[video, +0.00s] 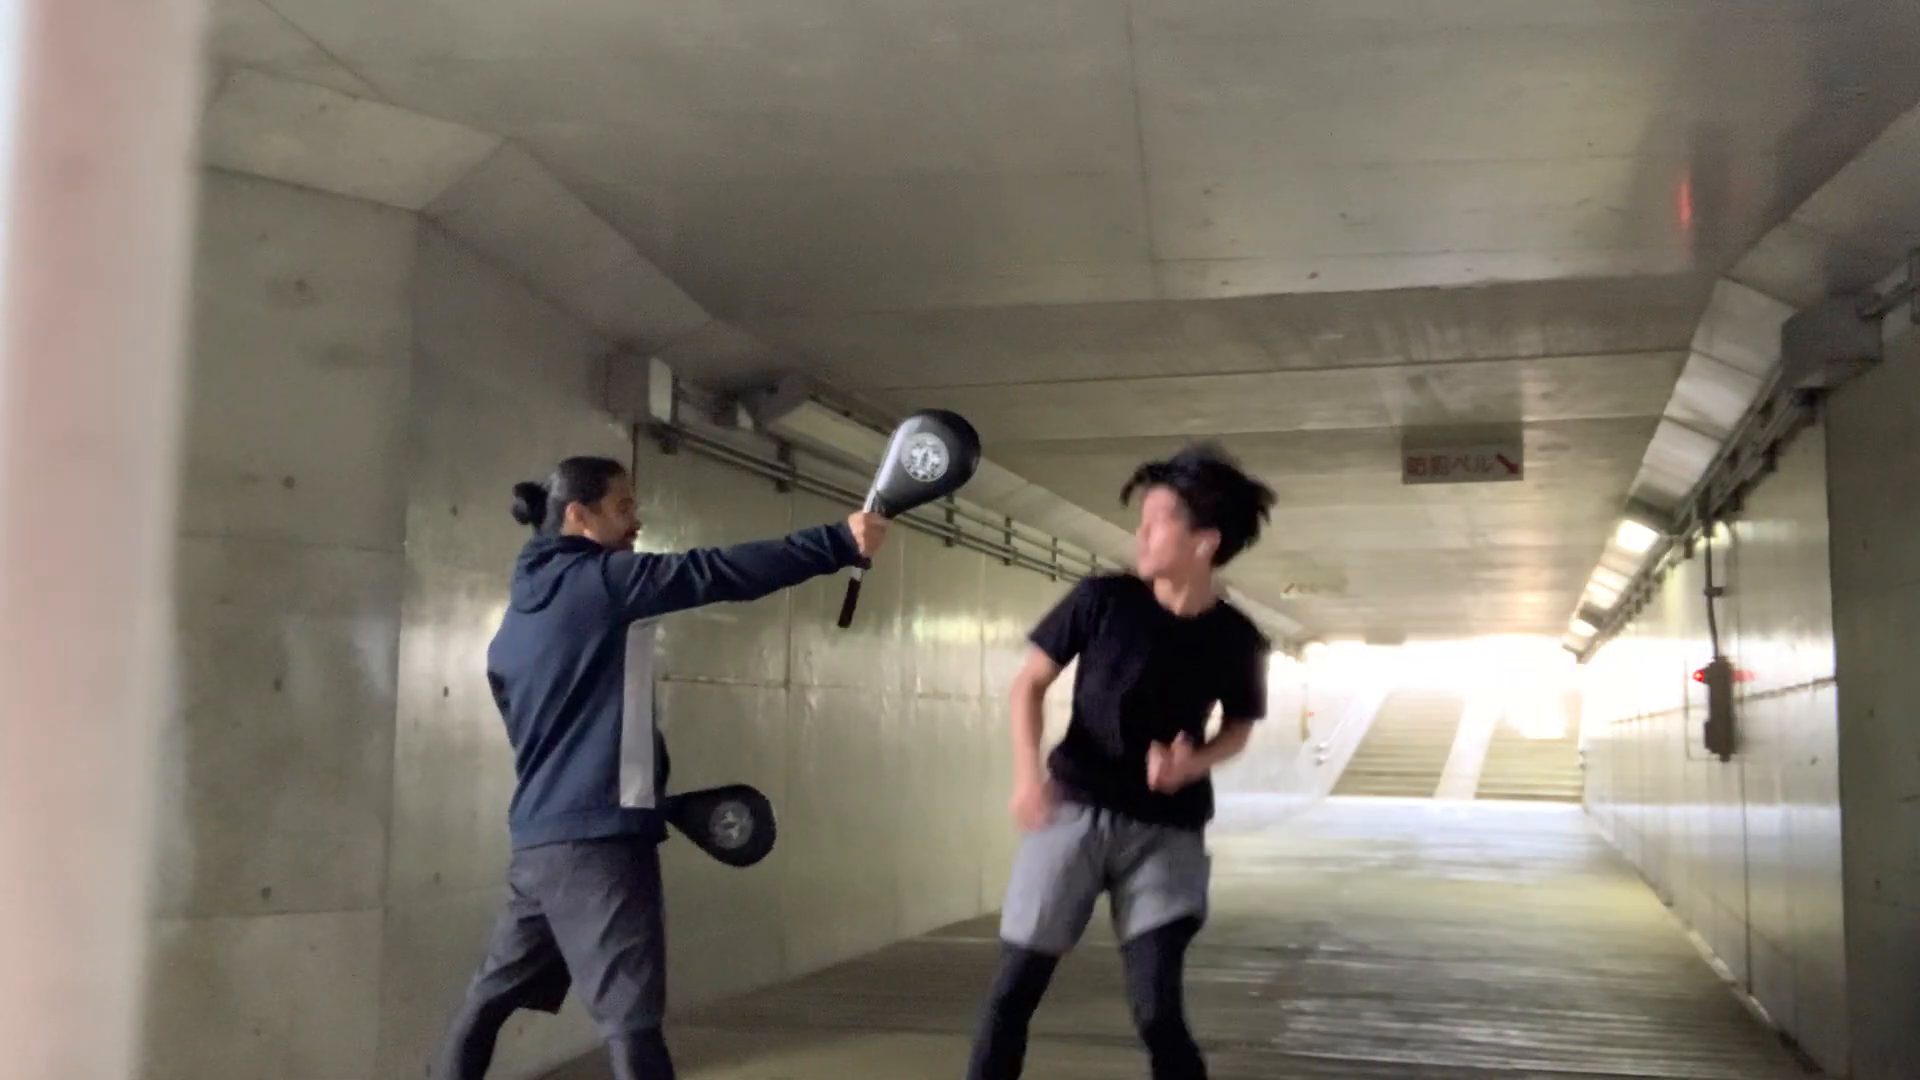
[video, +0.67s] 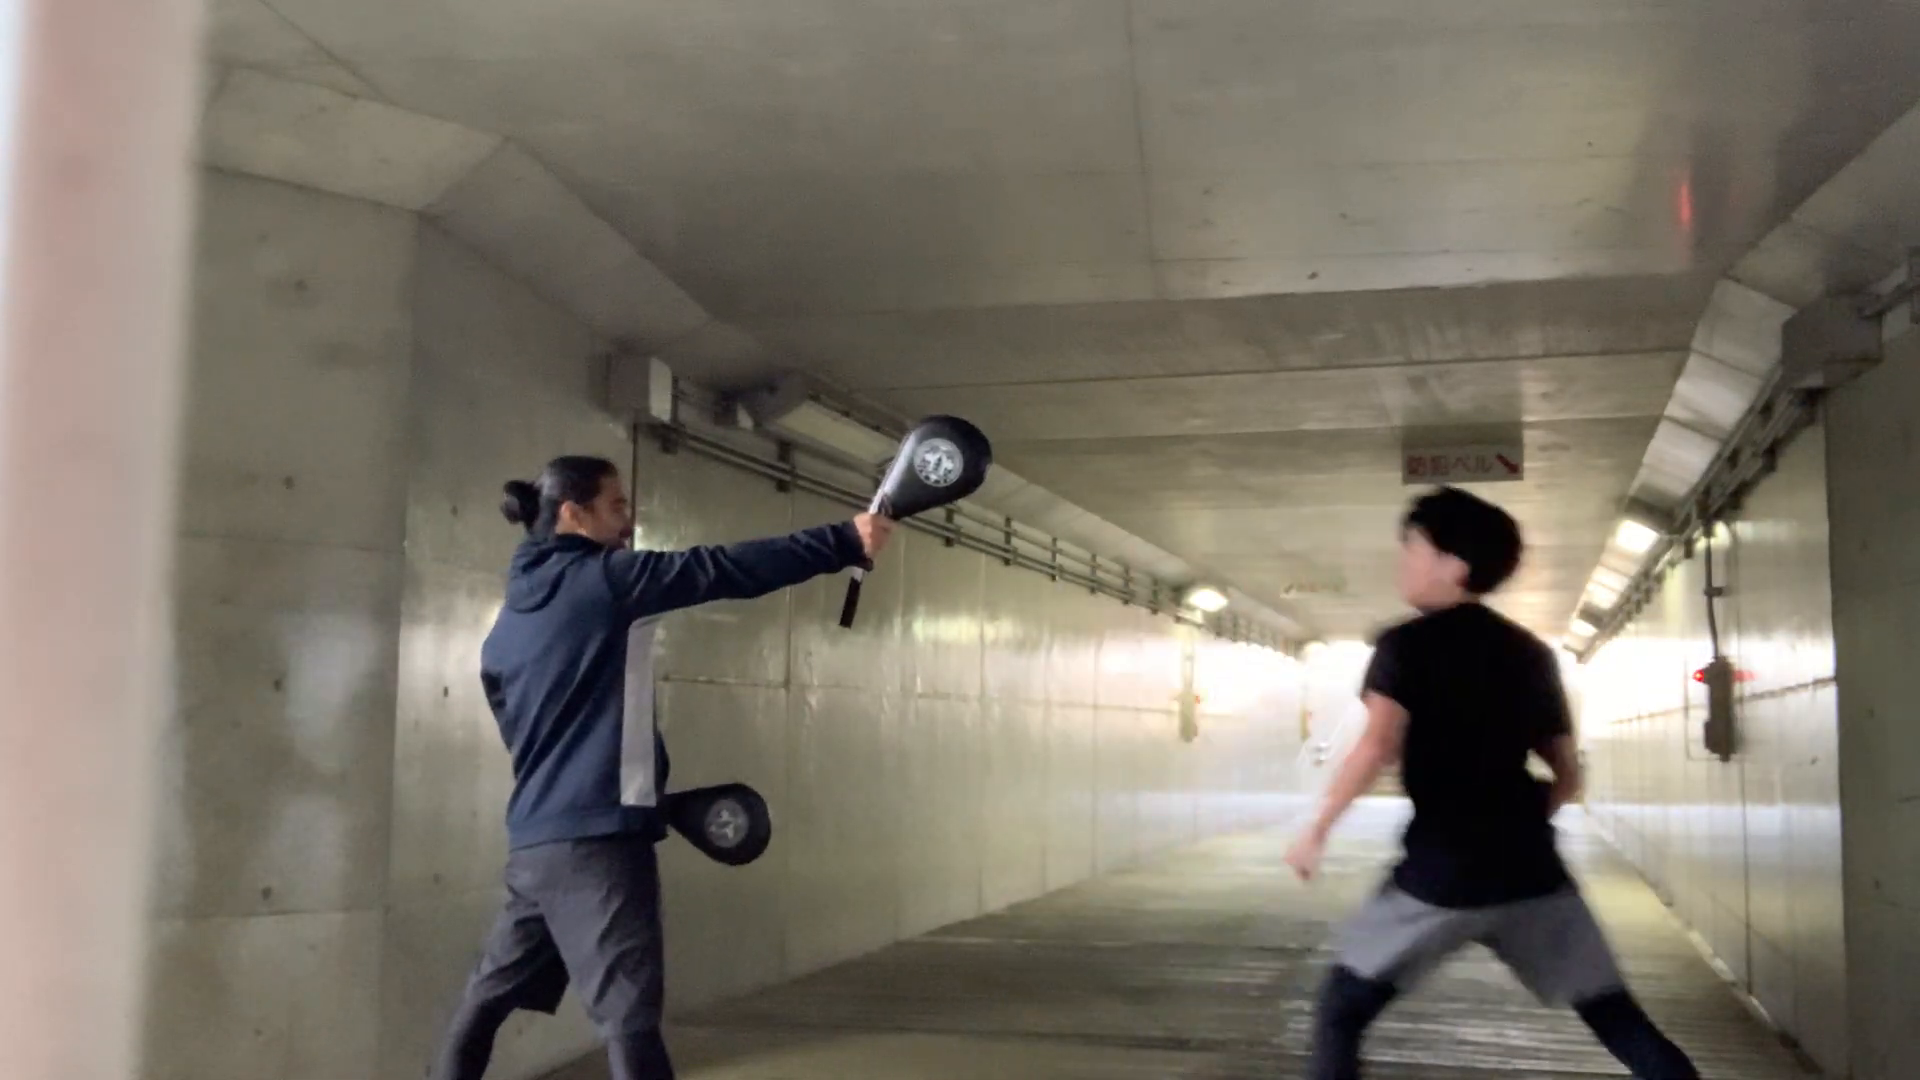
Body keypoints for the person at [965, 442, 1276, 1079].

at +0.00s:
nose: (1140, 537)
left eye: (1155, 524)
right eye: (1142, 522)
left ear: (1208, 542)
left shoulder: (1237, 639)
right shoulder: (1101, 600)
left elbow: (1238, 729)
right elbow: (1028, 682)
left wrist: (1198, 761)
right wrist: (1029, 776)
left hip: (1166, 835)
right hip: (1070, 816)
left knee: (1158, 1017)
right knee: (1010, 999)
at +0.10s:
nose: (1129, 576)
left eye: (1147, 564)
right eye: (1132, 563)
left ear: (1194, 585)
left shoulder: (1236, 689)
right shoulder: (1096, 649)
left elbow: (1248, 803)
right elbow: (1038, 743)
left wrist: (1166, 808)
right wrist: (1004, 835)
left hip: (1163, 887)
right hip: (1070, 867)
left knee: (1133, 1054)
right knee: (997, 1037)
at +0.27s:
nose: (1160, 559)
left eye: (1173, 545)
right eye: (1164, 544)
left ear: (1218, 563)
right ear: (1215, 565)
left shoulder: (1228, 646)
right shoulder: (1224, 640)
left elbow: (1231, 776)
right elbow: (1213, 762)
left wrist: (1139, 755)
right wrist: (1145, 812)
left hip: (1214, 873)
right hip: (1188, 858)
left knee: (1138, 1025)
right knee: (1102, 996)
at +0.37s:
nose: (1209, 565)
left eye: (1221, 552)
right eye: (1214, 551)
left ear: (1259, 573)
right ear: (1264, 575)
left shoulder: (1226, 653)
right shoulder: (1323, 662)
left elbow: (1187, 775)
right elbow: (1335, 775)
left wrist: (1137, 806)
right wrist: (1257, 768)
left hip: (1243, 876)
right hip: (1305, 877)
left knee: (1174, 1023)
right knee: (1212, 1017)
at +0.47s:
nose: (1264, 569)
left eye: (1275, 557)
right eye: (1269, 556)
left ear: (1309, 572)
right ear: (1330, 578)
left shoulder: (1266, 649)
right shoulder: (1380, 662)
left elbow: (1228, 754)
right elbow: (1415, 783)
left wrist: (1180, 837)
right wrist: (1351, 803)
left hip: (1290, 878)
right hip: (1373, 875)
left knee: (1191, 1019)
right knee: (1373, 991)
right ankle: (1432, 1069)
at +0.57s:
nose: (1331, 551)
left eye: (1342, 538)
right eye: (1336, 537)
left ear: (1377, 552)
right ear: (1402, 558)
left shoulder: (1333, 630)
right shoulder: (1444, 640)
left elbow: (1315, 725)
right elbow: (1497, 766)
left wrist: (1261, 807)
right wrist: (1436, 804)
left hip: (1354, 867)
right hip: (1440, 861)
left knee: (1254, 1006)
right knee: (1531, 988)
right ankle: (1613, 1069)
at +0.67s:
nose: (1403, 562)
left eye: (1414, 547)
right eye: (1406, 546)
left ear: (1455, 568)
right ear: (1471, 572)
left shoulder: (1407, 644)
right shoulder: (1528, 651)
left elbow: (1378, 745)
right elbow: (1569, 776)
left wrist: (1318, 830)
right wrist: (1517, 817)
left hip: (1442, 876)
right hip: (1533, 874)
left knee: (1340, 1015)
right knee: (1627, 1029)